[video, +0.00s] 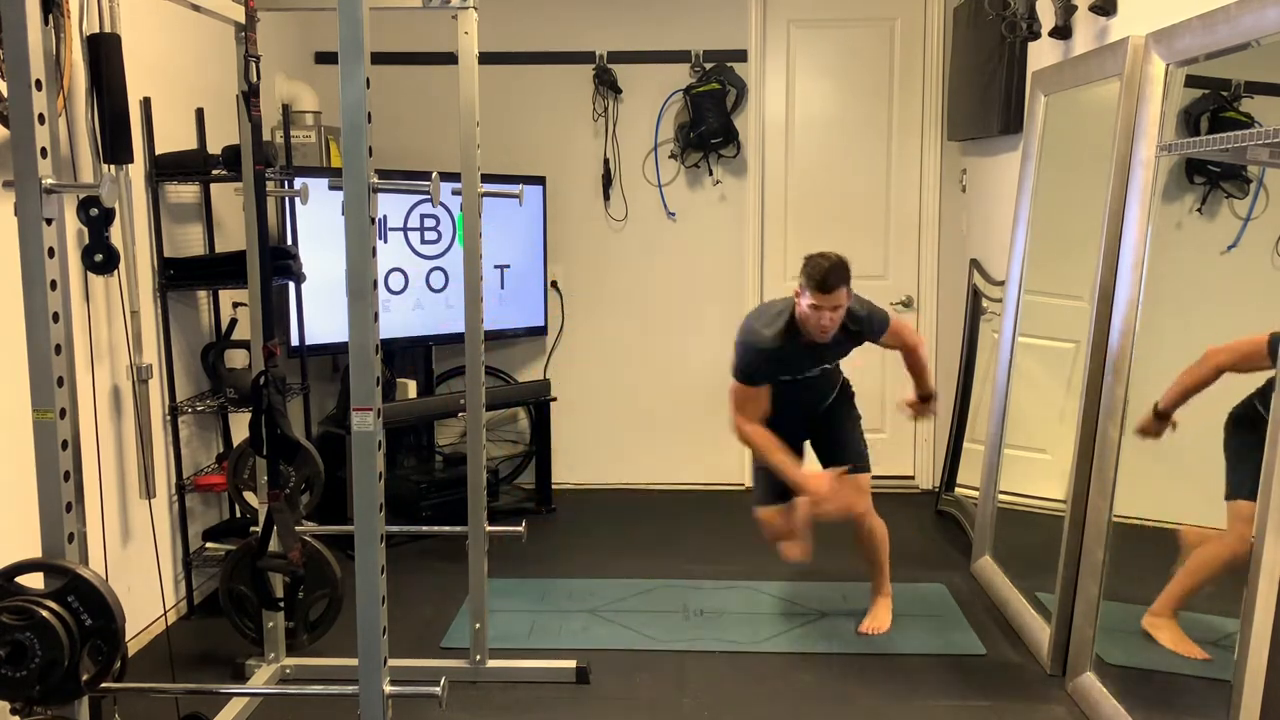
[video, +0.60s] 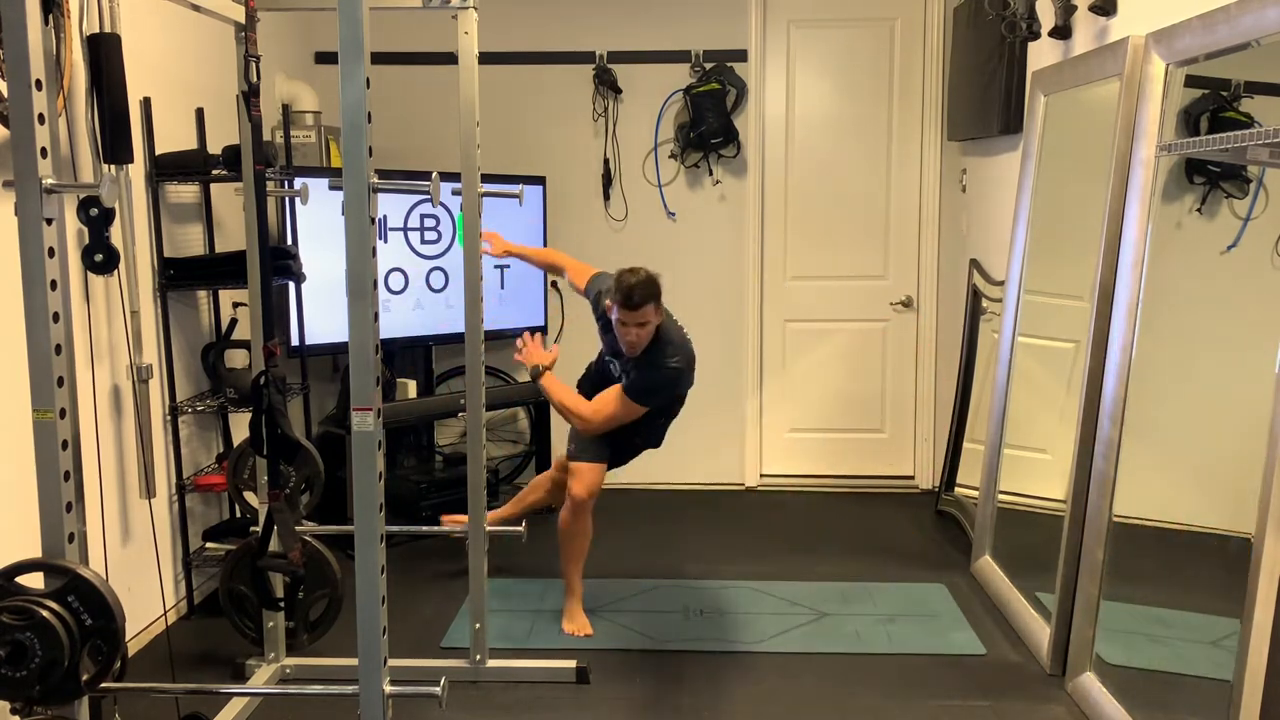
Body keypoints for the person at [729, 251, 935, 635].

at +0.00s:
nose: (826, 320)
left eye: (836, 309)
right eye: (816, 308)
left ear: (847, 299)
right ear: (798, 297)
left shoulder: (859, 318)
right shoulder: (760, 337)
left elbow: (911, 342)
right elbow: (747, 422)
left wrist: (925, 395)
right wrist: (804, 480)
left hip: (829, 400)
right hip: (774, 411)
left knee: (860, 506)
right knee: (772, 522)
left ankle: (882, 595)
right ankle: (801, 514)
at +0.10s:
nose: (802, 306)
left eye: (812, 296)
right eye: (792, 296)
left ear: (823, 286)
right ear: (773, 284)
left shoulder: (837, 314)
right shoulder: (734, 313)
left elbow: (913, 355)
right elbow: (680, 364)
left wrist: (942, 424)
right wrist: (667, 436)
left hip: (810, 409)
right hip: (744, 410)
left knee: (843, 506)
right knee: (703, 506)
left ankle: (882, 593)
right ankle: (706, 533)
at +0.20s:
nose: (763, 294)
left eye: (772, 285)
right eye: (753, 284)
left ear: (783, 274)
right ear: (735, 271)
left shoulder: (801, 303)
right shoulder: (699, 284)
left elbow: (872, 363)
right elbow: (636, 304)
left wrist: (888, 445)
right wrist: (591, 322)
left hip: (767, 392)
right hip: (700, 387)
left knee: (814, 491)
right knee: (656, 482)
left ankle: (870, 585)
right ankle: (611, 571)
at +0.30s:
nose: (712, 297)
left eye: (721, 287)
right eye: (703, 286)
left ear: (736, 275)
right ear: (688, 271)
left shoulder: (754, 306)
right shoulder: (659, 273)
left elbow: (808, 385)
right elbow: (599, 250)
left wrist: (780, 465)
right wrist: (549, 247)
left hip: (722, 389)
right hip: (659, 384)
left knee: (760, 487)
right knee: (624, 484)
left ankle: (792, 547)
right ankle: (579, 592)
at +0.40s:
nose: (672, 309)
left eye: (682, 300)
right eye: (664, 298)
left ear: (698, 290)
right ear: (651, 285)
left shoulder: (714, 329)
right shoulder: (631, 277)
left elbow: (723, 426)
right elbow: (582, 240)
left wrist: (647, 455)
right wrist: (530, 213)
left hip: (683, 401)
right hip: (631, 386)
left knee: (684, 506)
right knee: (602, 490)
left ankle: (659, 508)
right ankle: (577, 597)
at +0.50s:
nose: (646, 323)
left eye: (656, 314)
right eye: (638, 312)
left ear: (674, 303)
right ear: (626, 298)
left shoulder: (686, 348)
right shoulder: (615, 286)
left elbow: (635, 430)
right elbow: (571, 251)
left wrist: (560, 415)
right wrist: (518, 225)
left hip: (659, 415)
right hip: (613, 384)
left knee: (613, 493)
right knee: (592, 494)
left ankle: (569, 496)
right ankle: (575, 598)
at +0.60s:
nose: (632, 336)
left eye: (642, 326)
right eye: (623, 325)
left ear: (659, 314)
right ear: (612, 309)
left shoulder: (670, 362)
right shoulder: (607, 293)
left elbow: (591, 419)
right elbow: (561, 264)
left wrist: (541, 371)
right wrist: (511, 248)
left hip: (638, 425)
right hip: (598, 392)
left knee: (561, 475)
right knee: (581, 495)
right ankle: (574, 598)